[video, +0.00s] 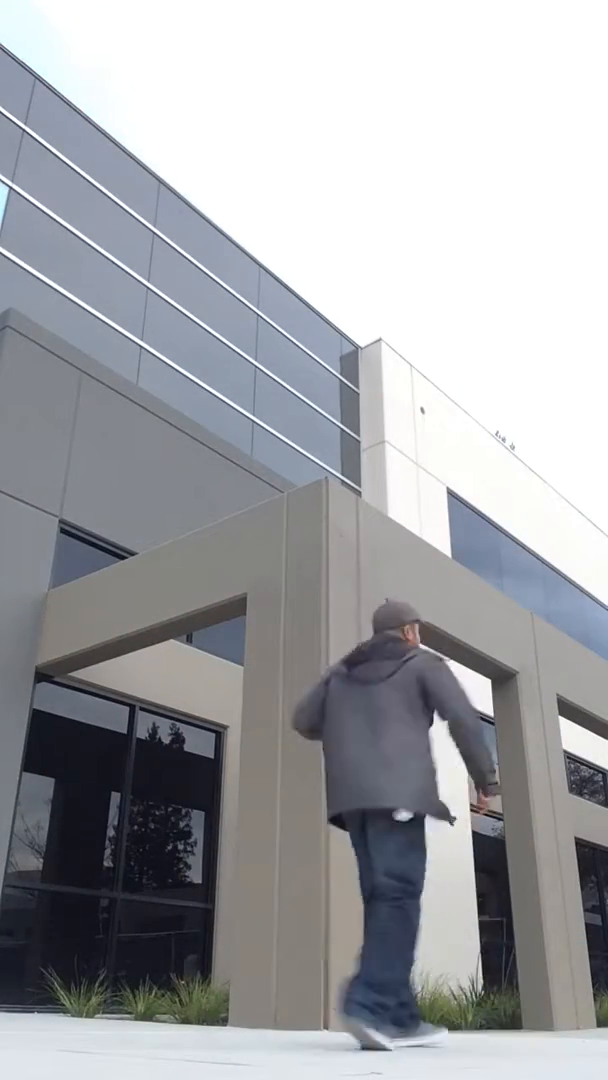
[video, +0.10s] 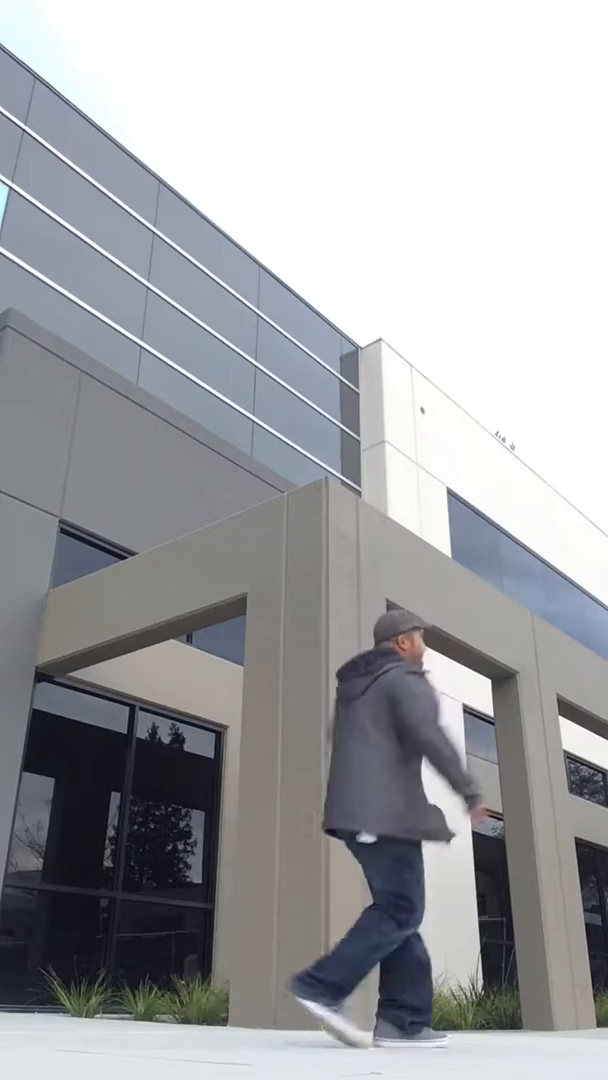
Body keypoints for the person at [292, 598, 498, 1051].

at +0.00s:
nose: (422, 637)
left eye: (419, 631)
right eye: (419, 631)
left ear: (377, 632)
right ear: (410, 631)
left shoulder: (343, 669)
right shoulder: (422, 663)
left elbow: (304, 719)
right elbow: (463, 717)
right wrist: (484, 778)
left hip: (351, 794)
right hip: (399, 791)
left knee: (379, 899)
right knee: (398, 899)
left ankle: (401, 1016)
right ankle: (367, 1006)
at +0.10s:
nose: (425, 647)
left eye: (424, 639)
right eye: (421, 639)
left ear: (388, 643)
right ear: (403, 641)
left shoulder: (356, 680)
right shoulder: (404, 679)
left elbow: (345, 743)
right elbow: (426, 735)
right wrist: (471, 792)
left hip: (352, 811)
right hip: (386, 811)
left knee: (397, 913)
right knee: (402, 911)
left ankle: (404, 1020)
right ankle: (319, 987)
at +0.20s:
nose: (419, 643)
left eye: (418, 635)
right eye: (413, 635)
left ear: (390, 642)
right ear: (388, 640)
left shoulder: (385, 684)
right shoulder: (369, 682)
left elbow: (396, 739)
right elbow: (380, 749)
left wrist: (440, 732)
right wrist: (407, 810)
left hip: (388, 819)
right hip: (367, 818)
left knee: (409, 912)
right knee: (392, 907)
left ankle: (402, 1021)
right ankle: (308, 990)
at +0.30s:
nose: (395, 635)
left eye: (397, 628)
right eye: (385, 627)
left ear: (396, 638)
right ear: (360, 636)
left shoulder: (399, 688)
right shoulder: (336, 685)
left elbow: (418, 730)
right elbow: (326, 750)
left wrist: (461, 718)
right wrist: (337, 806)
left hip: (400, 819)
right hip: (354, 819)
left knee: (401, 918)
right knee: (356, 914)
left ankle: (400, 1020)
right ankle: (335, 1012)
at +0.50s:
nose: (332, 642)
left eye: (340, 635)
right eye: (324, 637)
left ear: (357, 643)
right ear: (316, 649)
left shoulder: (386, 688)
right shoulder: (298, 697)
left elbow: (430, 736)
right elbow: (273, 748)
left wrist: (415, 724)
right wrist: (258, 799)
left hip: (369, 810)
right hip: (318, 814)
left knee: (368, 899)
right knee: (328, 913)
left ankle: (379, 1008)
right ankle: (349, 1015)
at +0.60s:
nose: (307, 650)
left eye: (315, 642)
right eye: (301, 645)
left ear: (337, 647)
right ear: (298, 656)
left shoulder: (365, 689)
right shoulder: (295, 705)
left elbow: (390, 737)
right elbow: (279, 757)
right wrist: (255, 800)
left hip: (347, 815)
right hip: (309, 816)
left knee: (325, 905)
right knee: (319, 907)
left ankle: (344, 1011)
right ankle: (343, 1010)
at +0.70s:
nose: (287, 651)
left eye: (295, 642)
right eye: (283, 645)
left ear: (320, 646)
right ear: (283, 656)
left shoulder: (340, 683)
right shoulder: (299, 699)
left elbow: (346, 741)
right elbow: (289, 767)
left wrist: (286, 759)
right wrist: (264, 810)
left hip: (331, 818)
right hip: (308, 821)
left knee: (284, 898)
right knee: (326, 919)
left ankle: (281, 1010)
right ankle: (354, 1022)